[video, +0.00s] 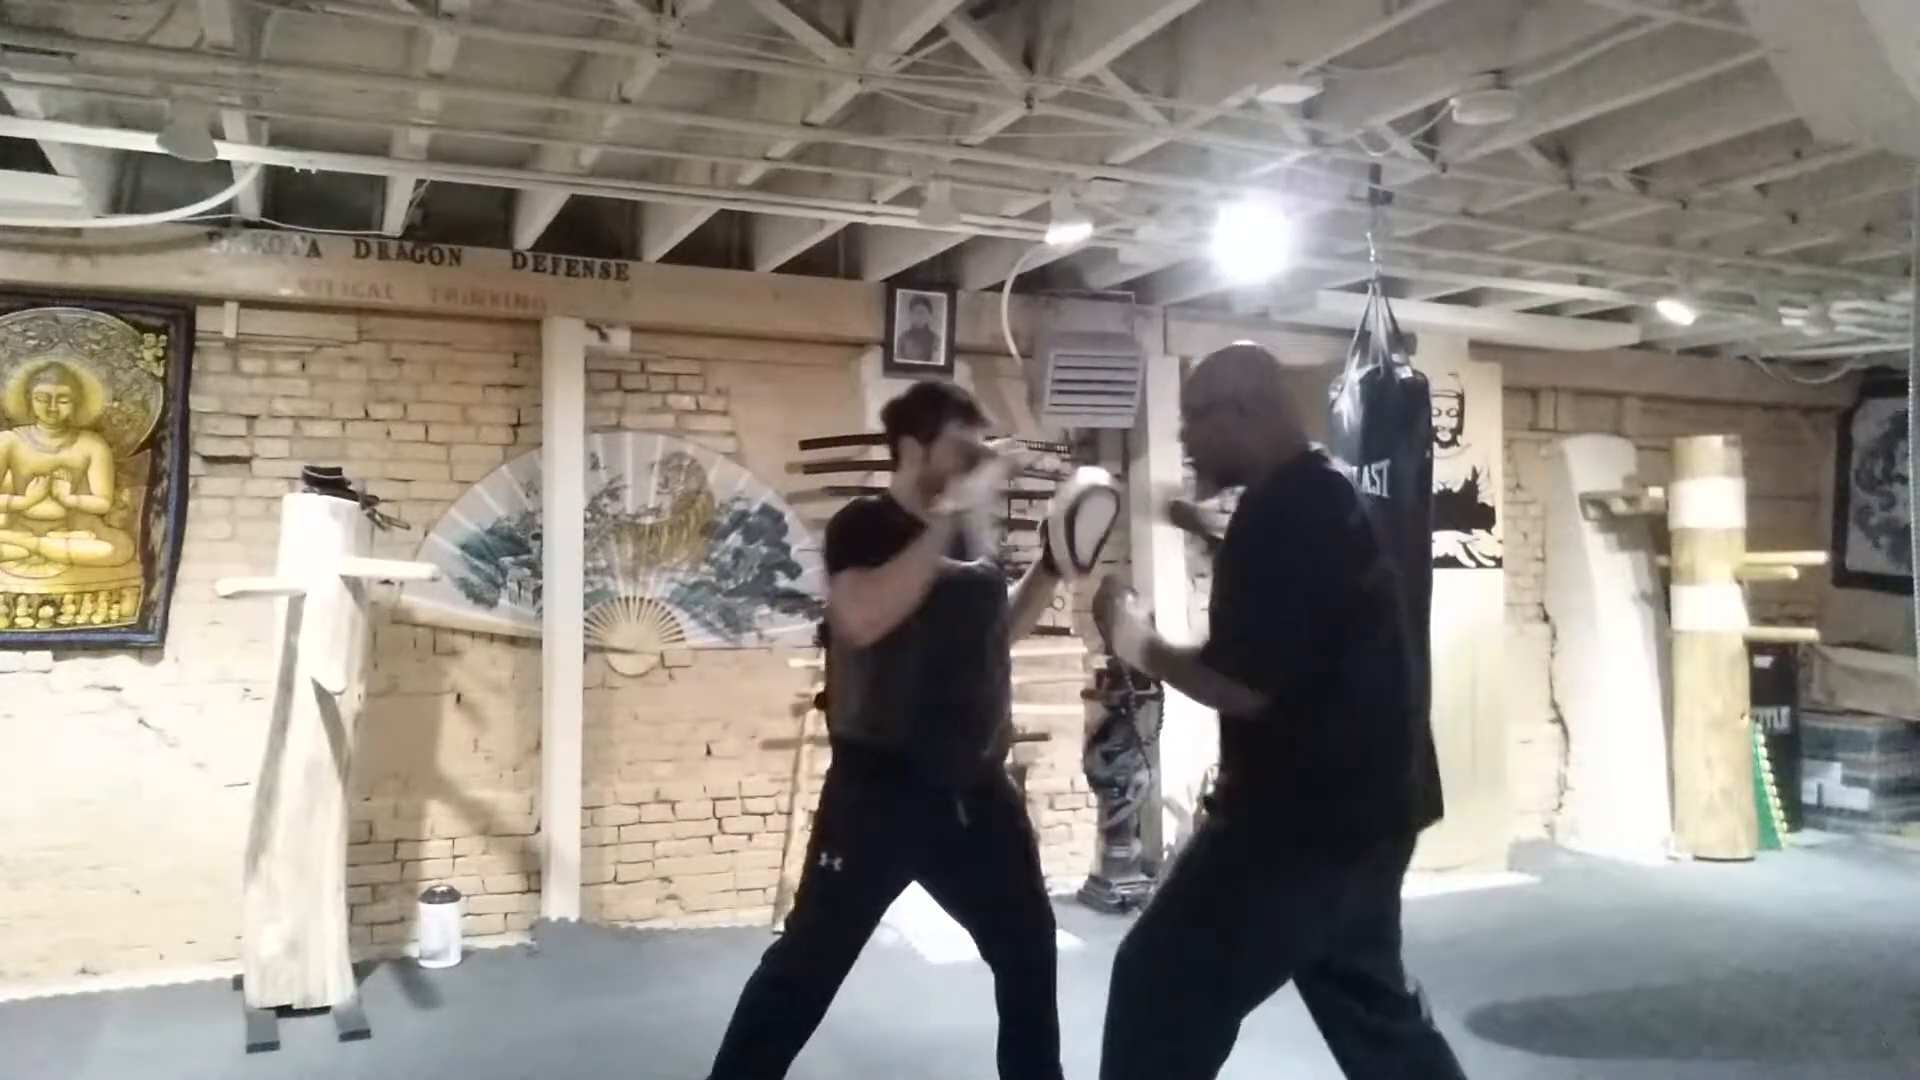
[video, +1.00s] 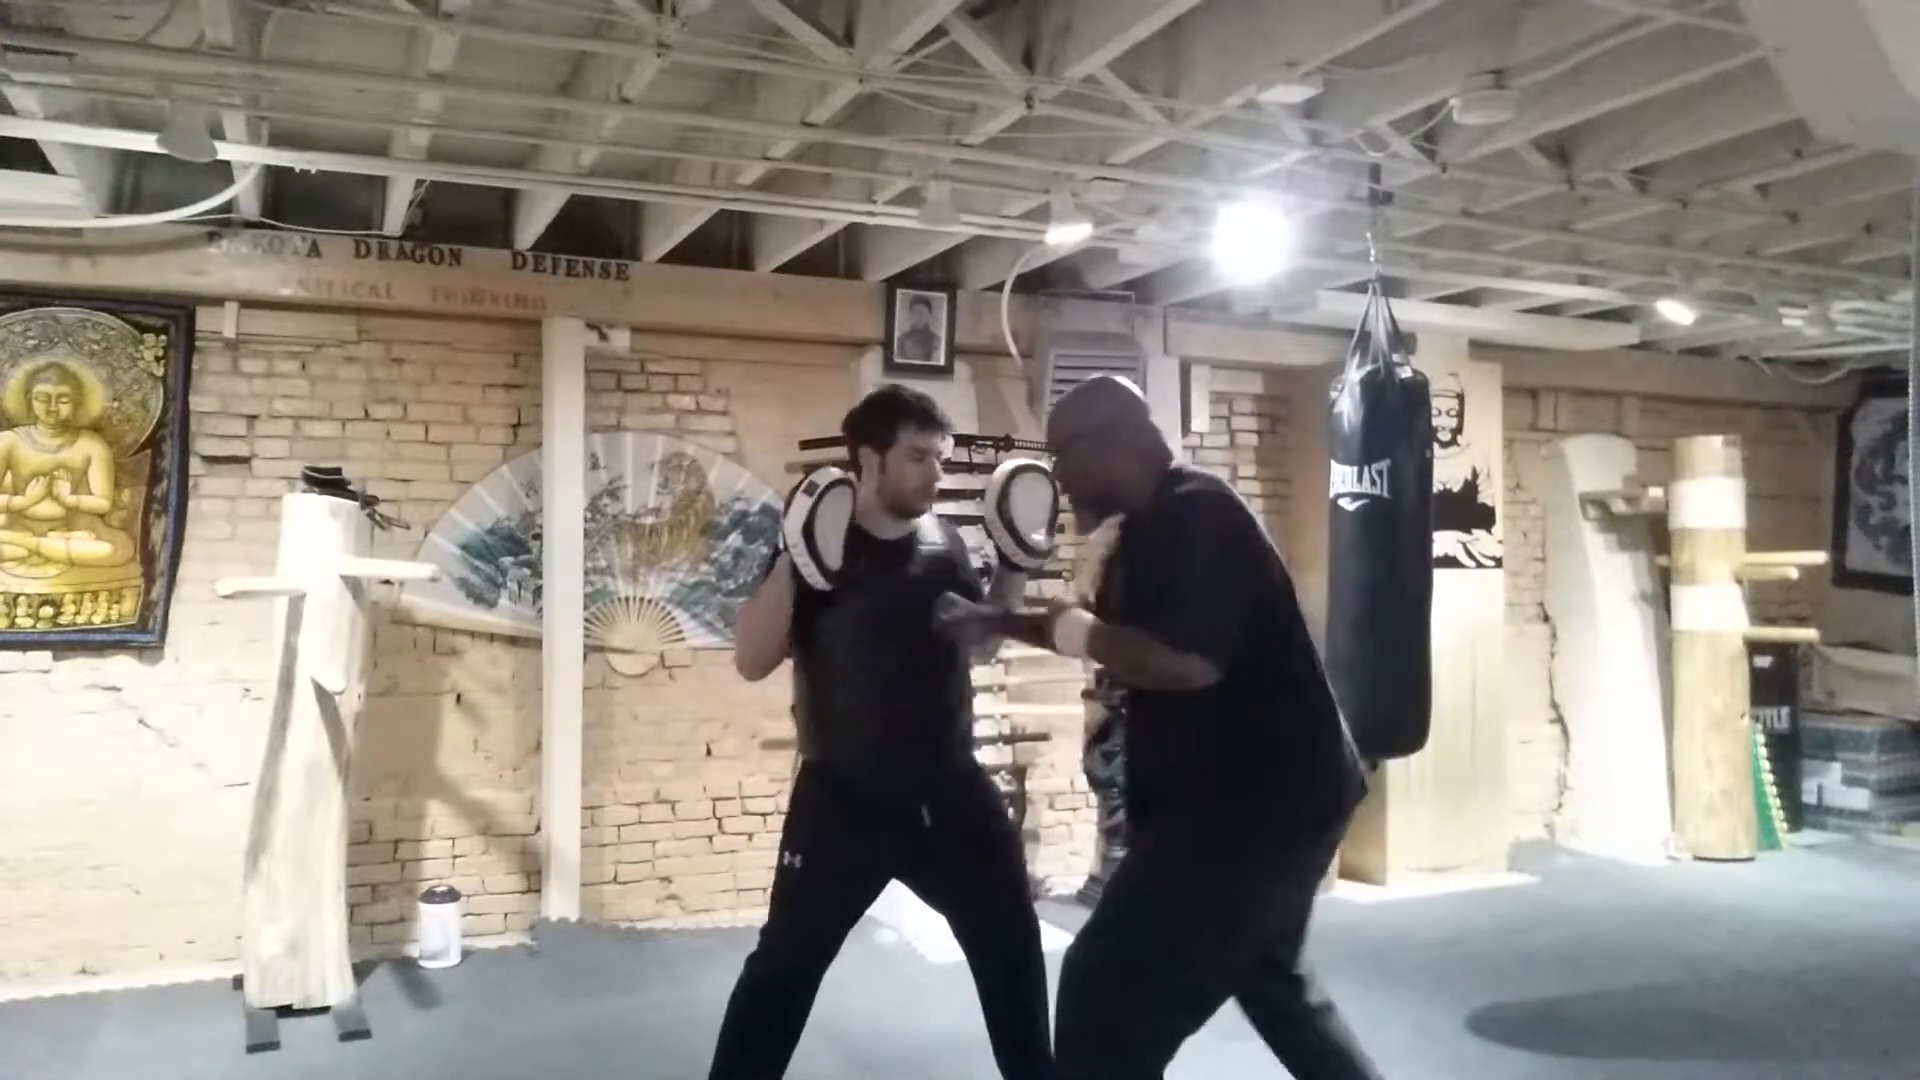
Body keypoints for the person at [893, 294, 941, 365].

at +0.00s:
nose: (918, 317)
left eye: (921, 313)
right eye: (915, 313)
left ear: (930, 316)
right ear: (910, 315)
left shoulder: (935, 340)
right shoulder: (902, 339)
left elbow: (935, 363)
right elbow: (898, 360)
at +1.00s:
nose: (918, 317)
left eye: (921, 313)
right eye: (915, 312)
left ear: (929, 315)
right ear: (910, 314)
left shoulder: (936, 340)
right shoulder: (901, 339)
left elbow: (935, 364)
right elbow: (897, 360)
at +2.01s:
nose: (920, 317)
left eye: (924, 313)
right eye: (916, 313)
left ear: (930, 316)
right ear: (909, 314)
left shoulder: (936, 340)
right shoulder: (901, 340)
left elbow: (935, 364)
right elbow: (897, 361)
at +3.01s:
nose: (919, 316)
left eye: (923, 312)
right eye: (915, 312)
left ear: (930, 315)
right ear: (909, 314)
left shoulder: (935, 339)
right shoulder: (902, 338)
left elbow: (935, 362)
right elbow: (898, 360)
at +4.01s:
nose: (920, 316)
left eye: (923, 312)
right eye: (917, 312)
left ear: (930, 315)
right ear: (910, 314)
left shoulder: (935, 340)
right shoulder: (902, 339)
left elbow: (935, 363)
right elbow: (898, 360)